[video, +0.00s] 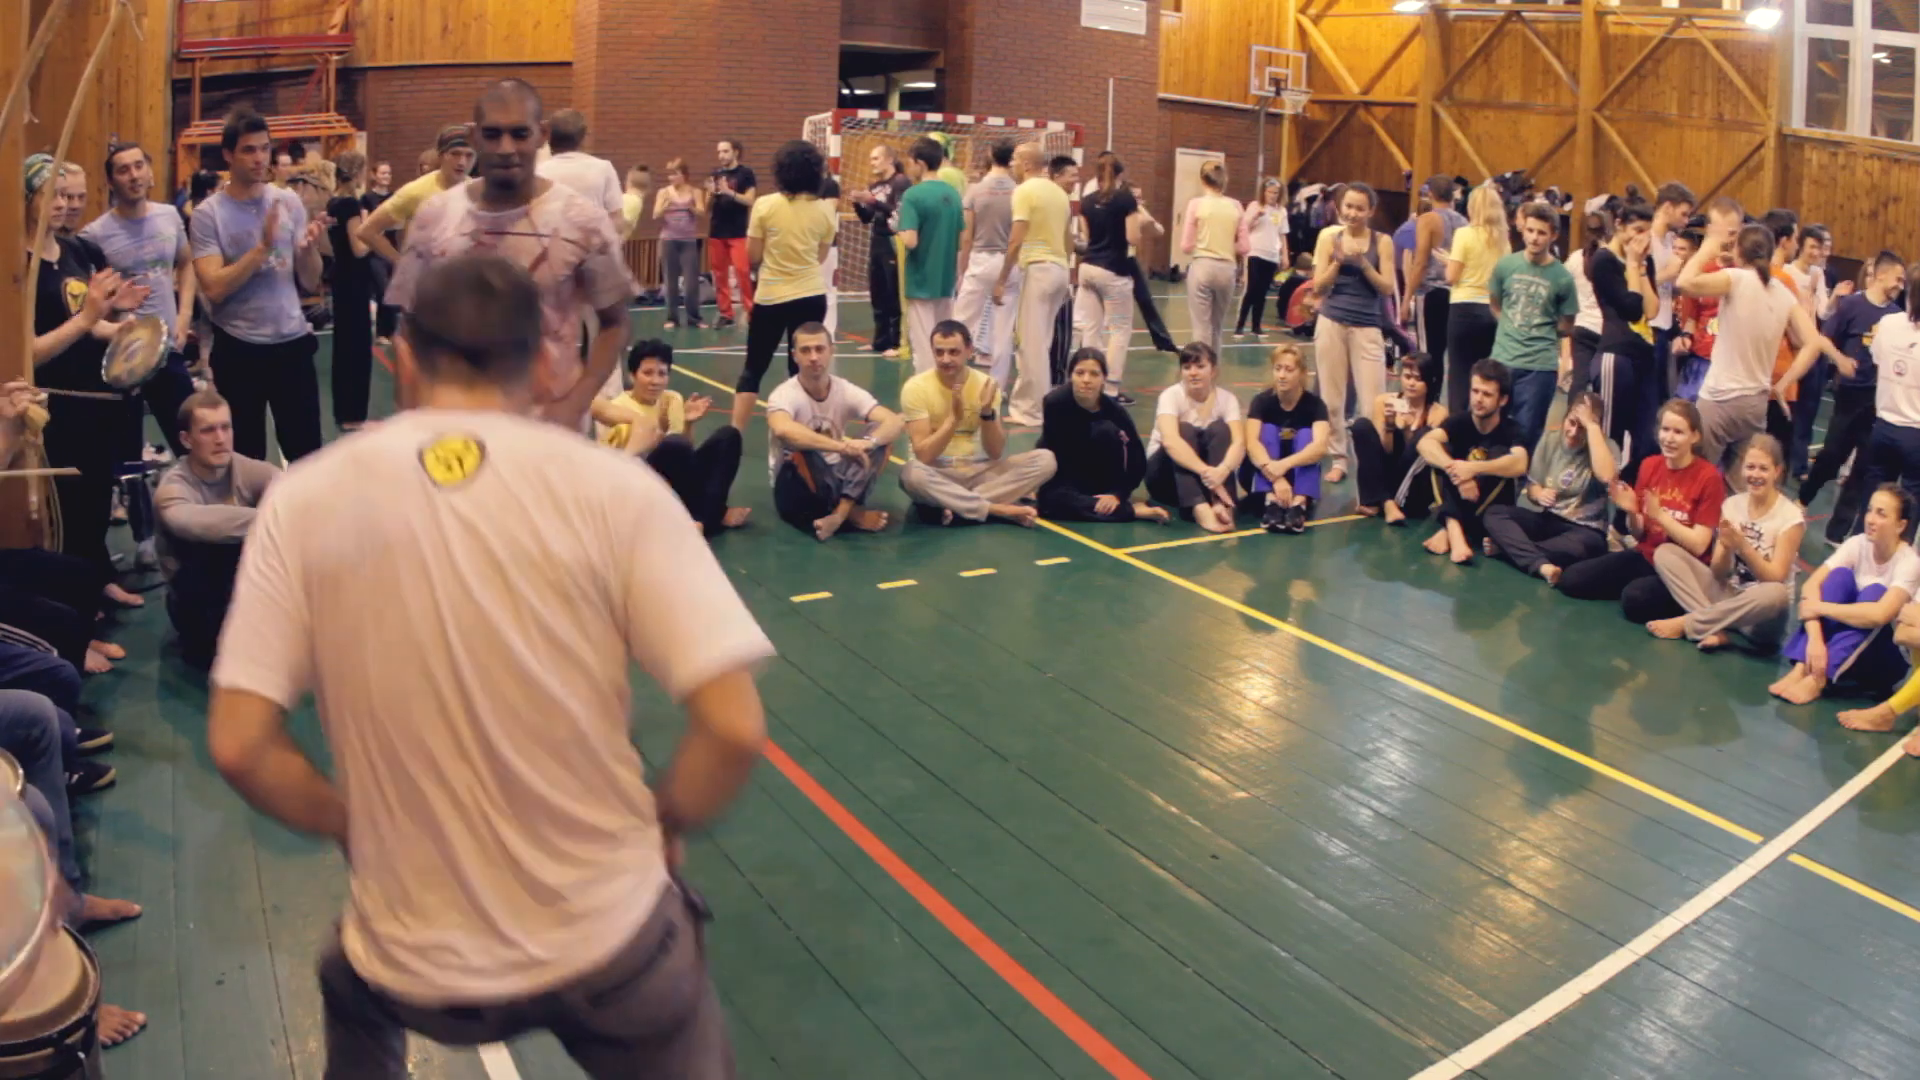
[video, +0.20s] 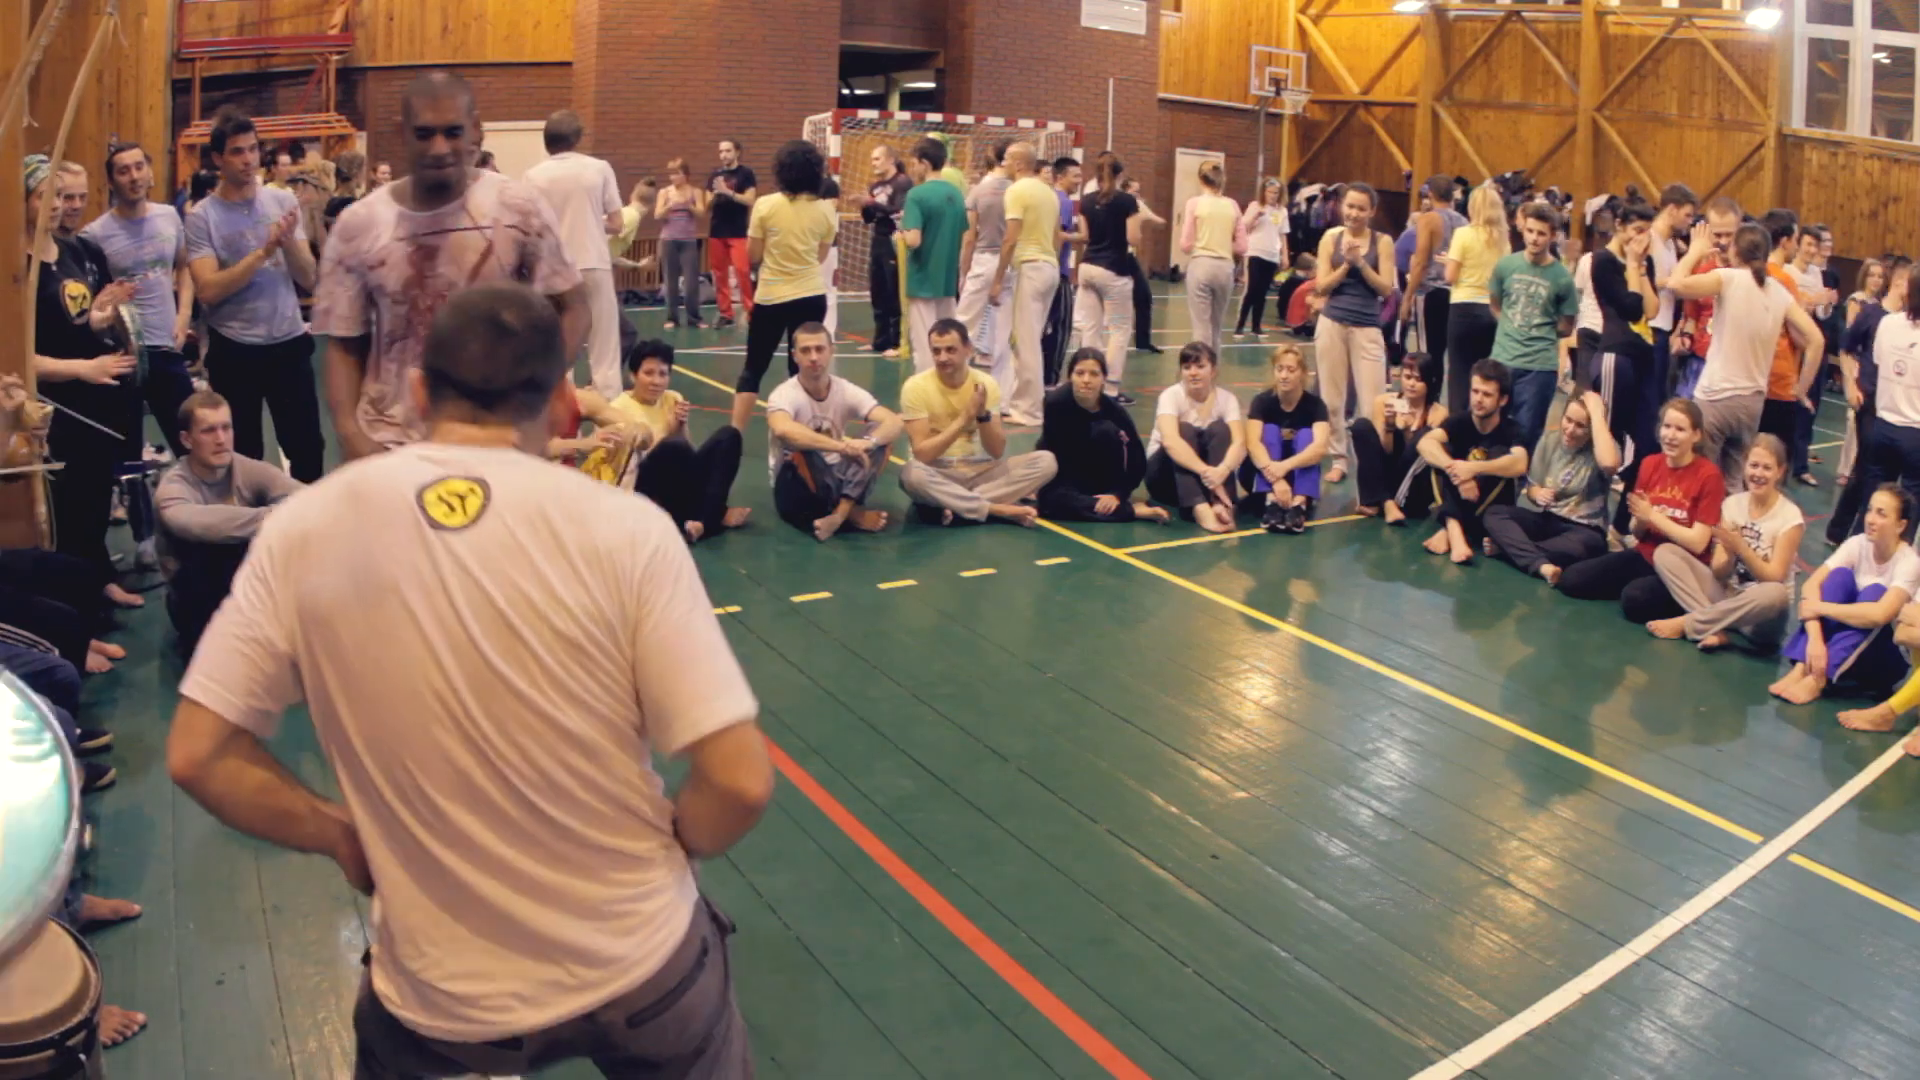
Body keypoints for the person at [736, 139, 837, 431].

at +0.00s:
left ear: (779, 171)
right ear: (817, 172)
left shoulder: (764, 206)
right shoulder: (825, 209)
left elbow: (754, 255)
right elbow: (822, 255)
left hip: (771, 301)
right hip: (811, 298)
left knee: (753, 369)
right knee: (804, 369)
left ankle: (734, 438)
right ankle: (806, 436)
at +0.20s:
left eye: (778, 166)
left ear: (779, 171)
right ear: (817, 172)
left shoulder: (765, 206)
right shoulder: (826, 209)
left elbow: (755, 254)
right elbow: (821, 254)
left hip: (771, 300)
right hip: (811, 298)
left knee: (753, 369)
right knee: (804, 369)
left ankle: (734, 439)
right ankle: (806, 438)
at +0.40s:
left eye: (778, 167)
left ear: (779, 172)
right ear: (817, 172)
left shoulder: (765, 206)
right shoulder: (826, 209)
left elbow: (755, 255)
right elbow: (822, 256)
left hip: (771, 301)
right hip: (811, 298)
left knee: (753, 370)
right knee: (804, 369)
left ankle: (733, 439)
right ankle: (807, 438)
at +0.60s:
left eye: (778, 167)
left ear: (780, 171)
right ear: (818, 172)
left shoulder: (765, 205)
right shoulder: (826, 210)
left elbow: (755, 252)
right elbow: (822, 255)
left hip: (771, 300)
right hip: (812, 298)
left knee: (753, 369)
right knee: (805, 368)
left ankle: (733, 438)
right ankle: (807, 437)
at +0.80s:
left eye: (779, 167)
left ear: (780, 171)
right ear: (817, 172)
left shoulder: (765, 205)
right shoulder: (826, 210)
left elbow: (754, 252)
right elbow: (822, 255)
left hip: (771, 300)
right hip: (811, 298)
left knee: (753, 369)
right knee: (804, 368)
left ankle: (733, 438)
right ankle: (806, 437)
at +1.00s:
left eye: (778, 166)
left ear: (779, 171)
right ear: (817, 172)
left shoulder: (765, 205)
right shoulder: (827, 211)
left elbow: (753, 252)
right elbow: (822, 255)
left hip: (771, 300)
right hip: (811, 298)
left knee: (753, 369)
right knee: (804, 368)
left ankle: (734, 438)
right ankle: (807, 437)